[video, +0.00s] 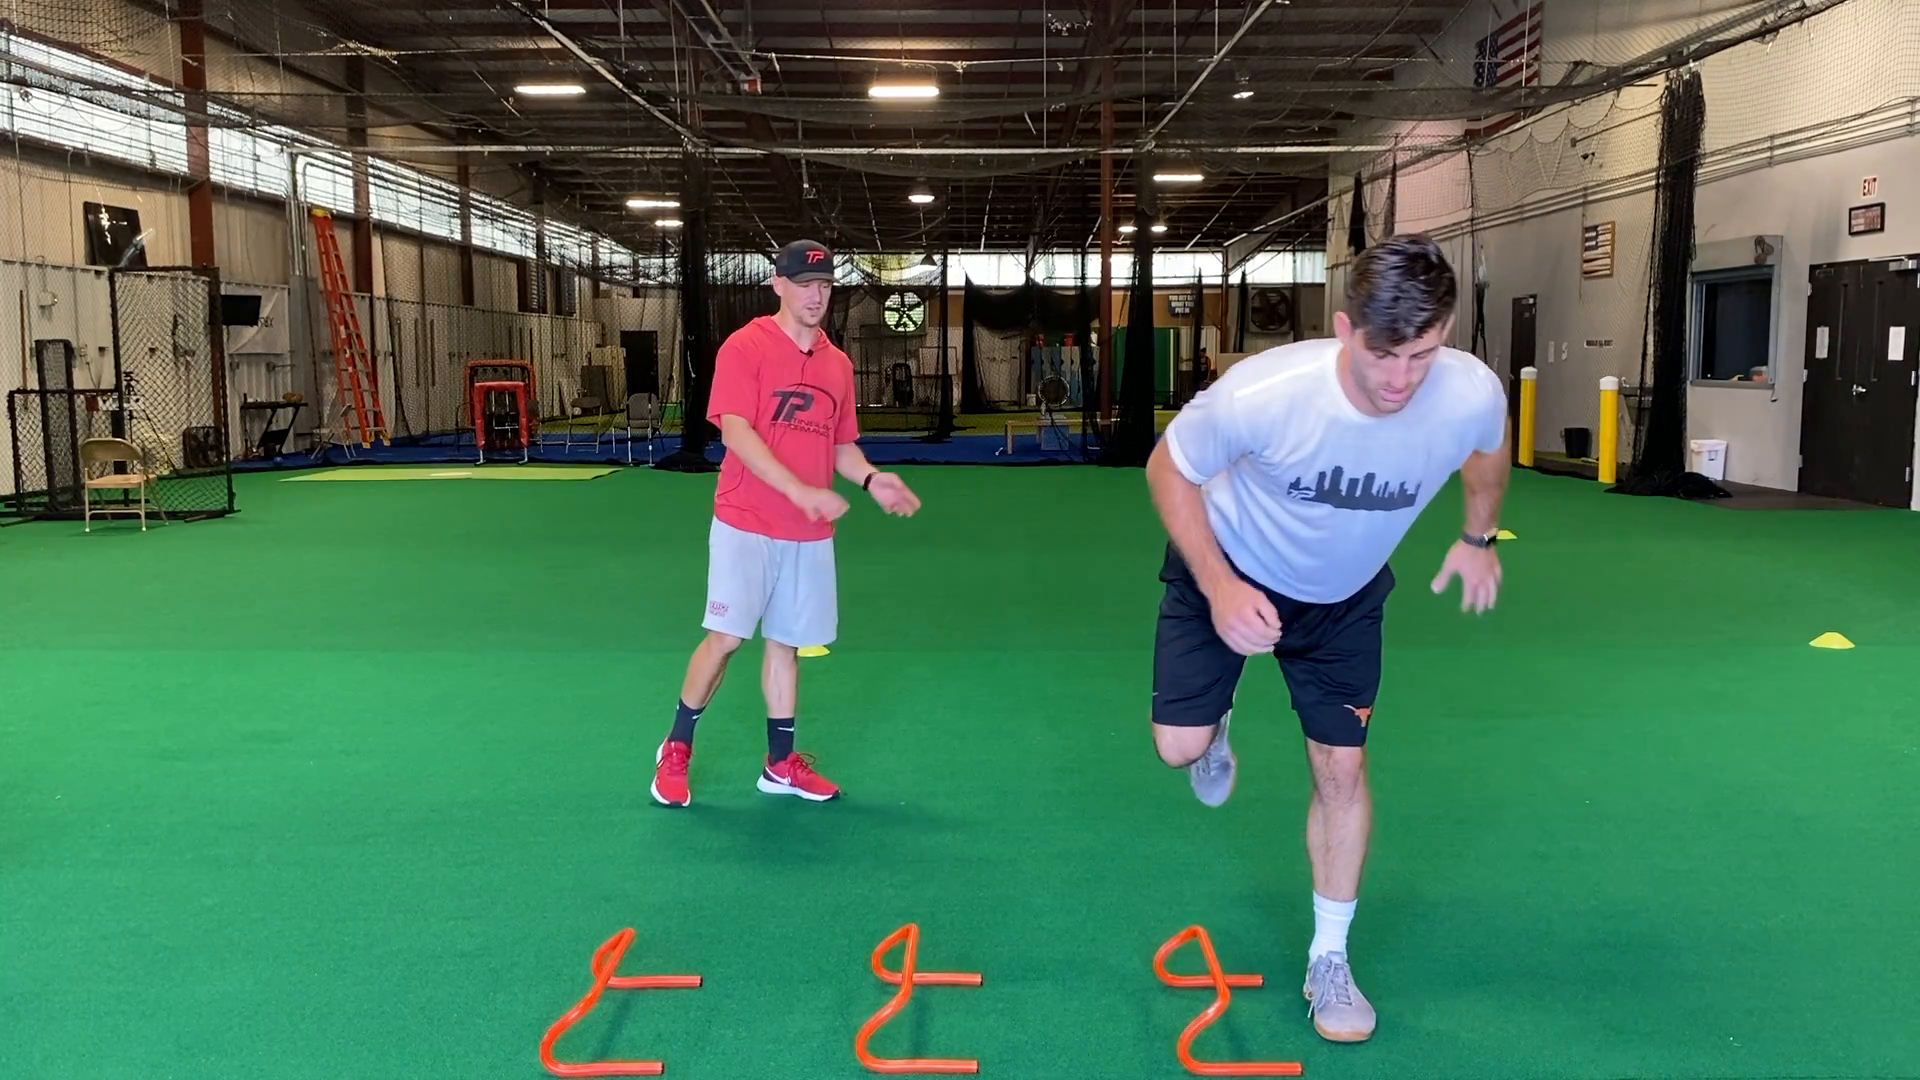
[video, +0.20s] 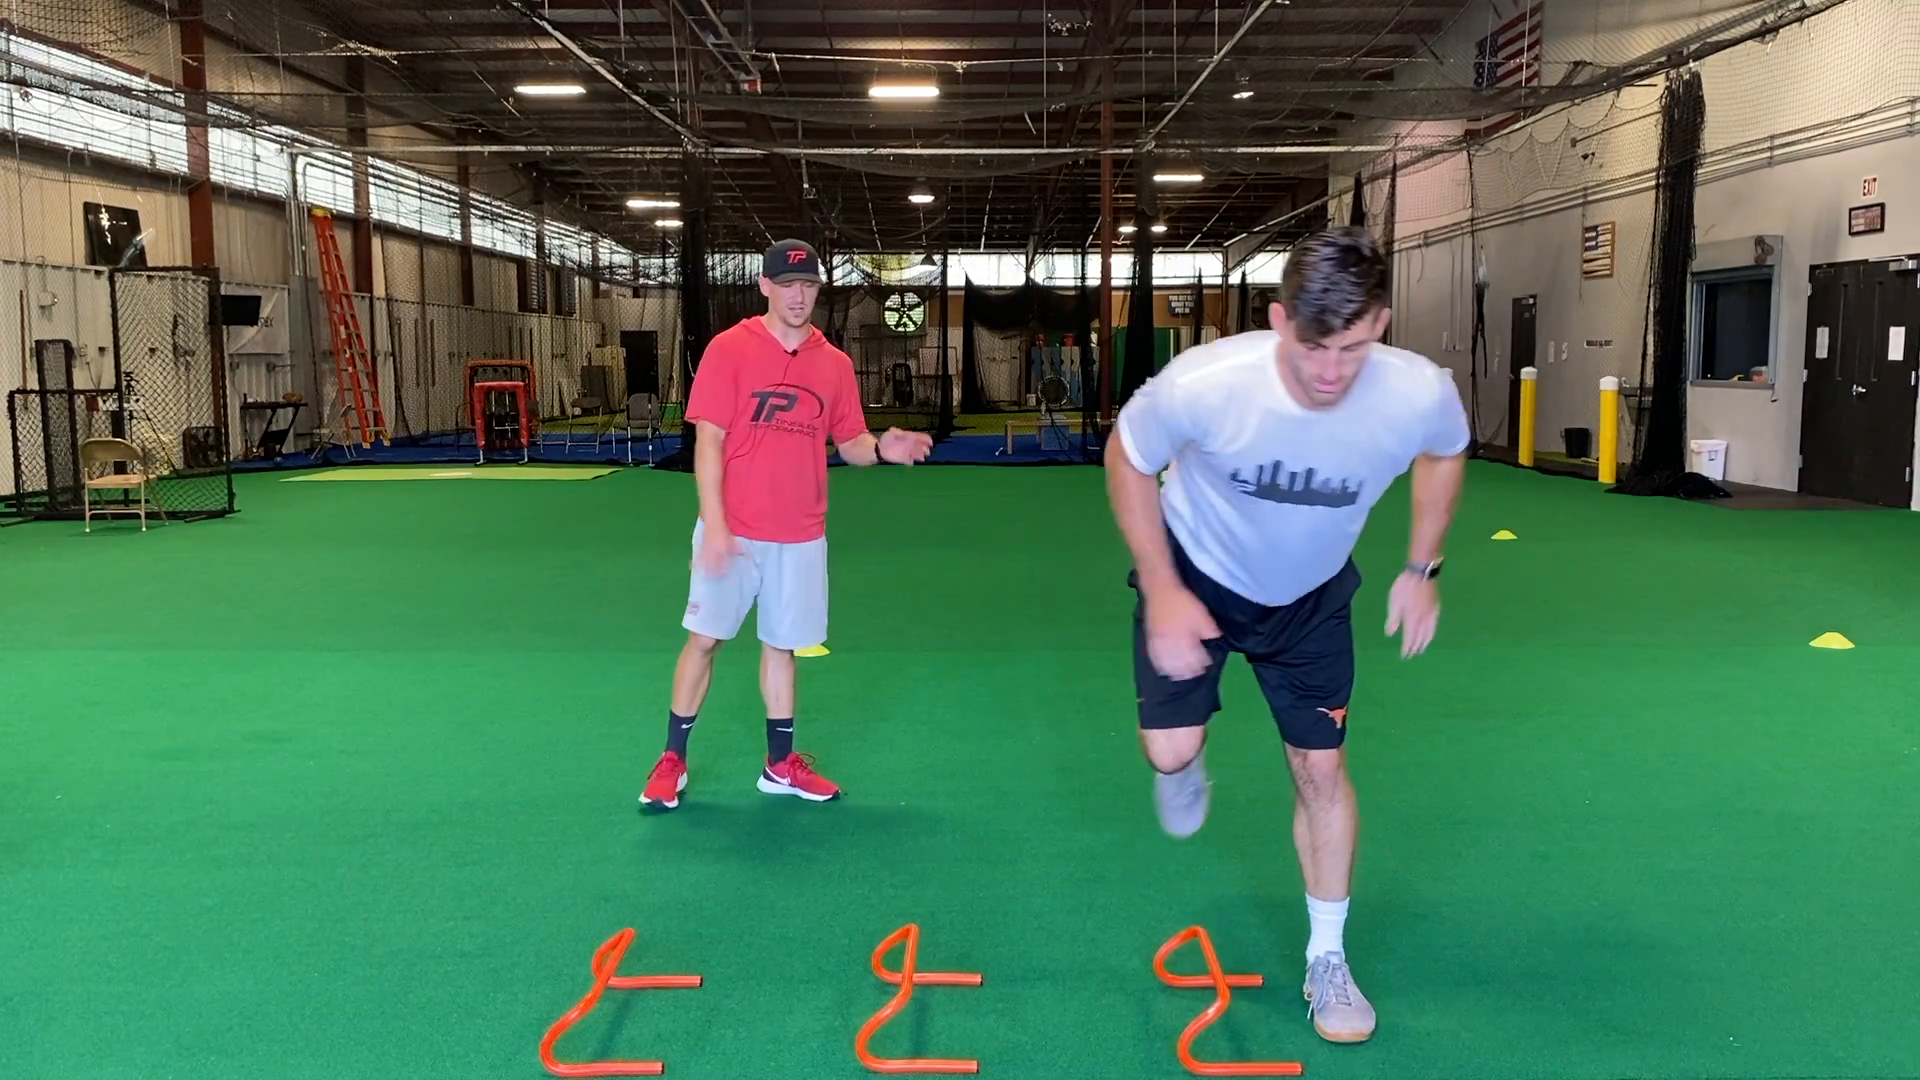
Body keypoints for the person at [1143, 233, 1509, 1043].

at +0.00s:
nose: (1400, 376)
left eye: (1421, 356)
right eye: (1383, 354)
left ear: (1442, 338)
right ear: (1344, 328)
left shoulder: (1471, 397)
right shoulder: (1262, 393)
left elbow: (1489, 456)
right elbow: (1167, 467)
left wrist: (1478, 535)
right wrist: (1218, 586)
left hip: (1345, 594)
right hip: (1223, 570)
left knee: (1341, 764)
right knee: (1179, 743)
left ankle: (1330, 957)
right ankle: (1208, 733)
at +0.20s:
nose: (1329, 367)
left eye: (1349, 348)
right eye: (1312, 345)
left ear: (1378, 326)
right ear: (1278, 320)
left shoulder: (1419, 394)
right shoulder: (1204, 383)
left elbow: (1445, 453)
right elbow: (1125, 453)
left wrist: (1421, 567)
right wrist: (1161, 588)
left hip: (1312, 594)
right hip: (1194, 578)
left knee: (1320, 766)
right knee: (1170, 749)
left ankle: (1328, 958)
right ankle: (1182, 762)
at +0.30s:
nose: (1278, 362)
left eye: (1298, 341)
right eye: (1260, 339)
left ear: (1329, 319)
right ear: (1227, 316)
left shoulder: (1376, 406)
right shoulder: (1160, 377)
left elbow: (1399, 493)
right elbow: (1092, 432)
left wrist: (1361, 618)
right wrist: (1079, 562)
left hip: (1284, 591)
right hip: (1160, 576)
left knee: (1308, 772)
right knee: (1134, 749)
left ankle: (1324, 957)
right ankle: (1127, 803)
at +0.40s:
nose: (1207, 339)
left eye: (1225, 320)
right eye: (1189, 318)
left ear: (1258, 301)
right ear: (1159, 298)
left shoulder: (1313, 384)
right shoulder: (1102, 361)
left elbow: (1355, 469)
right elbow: (1038, 376)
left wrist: (1292, 528)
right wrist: (1030, 494)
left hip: (1253, 595)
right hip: (1126, 577)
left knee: (1292, 773)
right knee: (1080, 741)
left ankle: (1325, 958)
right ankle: (1067, 857)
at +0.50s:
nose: (1127, 305)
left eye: (1144, 285)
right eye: (1109, 286)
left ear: (1171, 269)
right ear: (1076, 270)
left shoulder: (1228, 331)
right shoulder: (1013, 347)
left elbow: (1294, 371)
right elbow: (981, 403)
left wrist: (1258, 493)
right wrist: (1007, 523)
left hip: (1200, 561)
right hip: (1074, 562)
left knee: (1261, 739)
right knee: (1047, 744)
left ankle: (1324, 915)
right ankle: (1030, 924)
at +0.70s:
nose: (982, 274)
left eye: (1000, 254)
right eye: (966, 256)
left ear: (1038, 240)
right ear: (944, 246)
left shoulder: (1099, 312)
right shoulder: (895, 321)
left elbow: (1184, 352)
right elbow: (872, 393)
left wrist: (1145, 490)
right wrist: (903, 513)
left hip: (1081, 537)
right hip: (962, 548)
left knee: (1113, 712)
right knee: (973, 737)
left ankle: (1097, 857)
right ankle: (1009, 901)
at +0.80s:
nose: (921, 278)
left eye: (939, 258)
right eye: (904, 259)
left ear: (979, 243)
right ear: (882, 254)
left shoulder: (1048, 329)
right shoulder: (839, 325)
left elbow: (1115, 409)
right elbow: (817, 376)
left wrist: (1056, 482)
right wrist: (832, 485)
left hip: (1017, 550)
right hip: (898, 547)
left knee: (1035, 763)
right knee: (877, 719)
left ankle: (1034, 946)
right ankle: (913, 802)